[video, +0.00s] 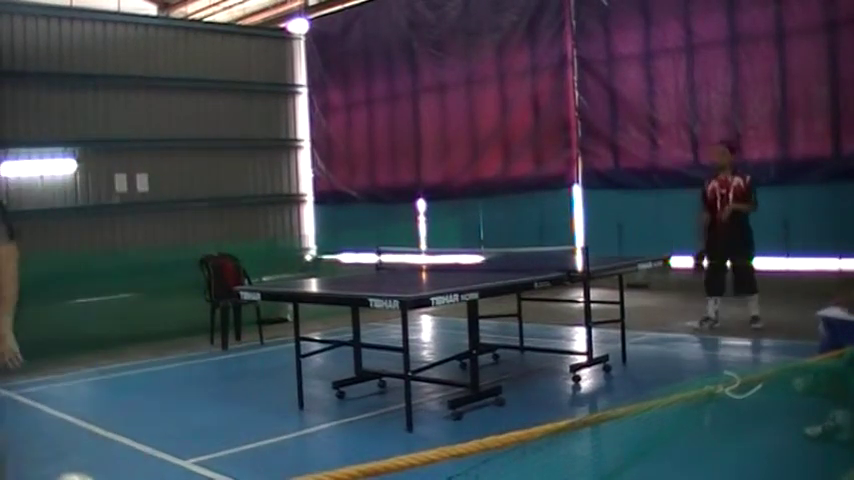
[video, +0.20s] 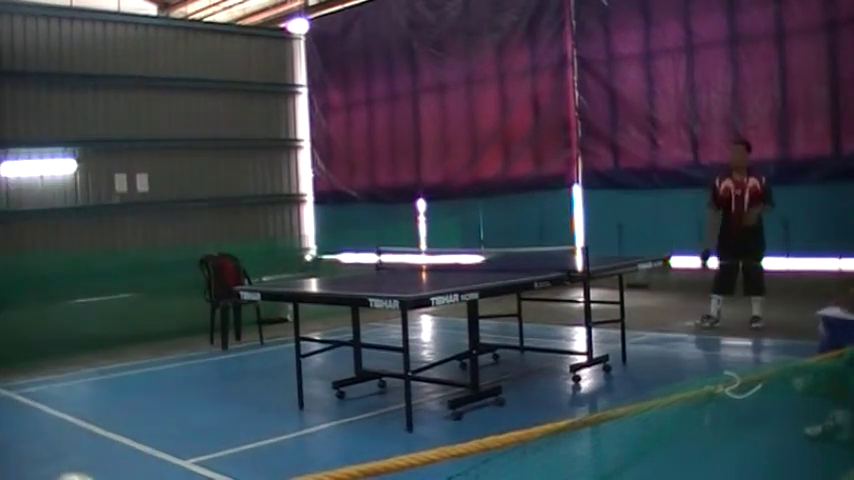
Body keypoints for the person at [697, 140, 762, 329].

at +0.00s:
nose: (718, 159)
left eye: (723, 155)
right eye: (717, 155)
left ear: (731, 157)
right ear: (714, 159)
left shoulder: (743, 181)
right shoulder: (710, 184)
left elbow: (751, 206)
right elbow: (707, 215)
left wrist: (733, 205)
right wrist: (703, 244)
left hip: (739, 235)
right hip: (716, 237)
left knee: (745, 272)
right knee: (713, 273)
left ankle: (754, 313)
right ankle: (712, 314)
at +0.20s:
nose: (737, 158)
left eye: (741, 153)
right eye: (735, 153)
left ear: (748, 156)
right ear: (730, 156)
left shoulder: (758, 181)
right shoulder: (721, 183)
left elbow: (766, 206)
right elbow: (714, 215)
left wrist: (754, 214)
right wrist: (708, 246)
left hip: (752, 237)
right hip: (728, 237)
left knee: (754, 274)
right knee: (723, 273)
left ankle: (756, 314)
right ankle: (713, 314)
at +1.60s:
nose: (686, 158)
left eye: (690, 154)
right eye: (684, 154)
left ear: (700, 156)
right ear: (683, 157)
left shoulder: (715, 180)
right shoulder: (682, 186)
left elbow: (727, 205)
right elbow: (679, 219)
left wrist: (709, 210)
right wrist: (673, 246)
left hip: (713, 233)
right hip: (693, 235)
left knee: (708, 272)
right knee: (698, 273)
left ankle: (709, 321)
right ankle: (709, 319)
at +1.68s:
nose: (684, 158)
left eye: (688, 154)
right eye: (683, 154)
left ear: (698, 157)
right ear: (681, 158)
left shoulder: (712, 181)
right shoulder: (679, 189)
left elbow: (724, 206)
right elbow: (675, 220)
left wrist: (706, 212)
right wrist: (668, 248)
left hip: (709, 234)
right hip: (690, 236)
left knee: (702, 272)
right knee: (696, 273)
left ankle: (699, 320)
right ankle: (709, 318)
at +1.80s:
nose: (682, 159)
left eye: (686, 155)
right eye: (681, 155)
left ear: (697, 157)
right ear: (680, 158)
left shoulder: (710, 183)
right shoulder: (676, 187)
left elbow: (720, 210)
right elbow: (671, 217)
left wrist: (700, 215)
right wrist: (665, 246)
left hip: (702, 238)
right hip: (684, 238)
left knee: (692, 278)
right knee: (696, 277)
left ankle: (691, 326)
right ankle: (708, 318)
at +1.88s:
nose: (681, 158)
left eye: (686, 154)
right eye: (680, 154)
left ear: (695, 158)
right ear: (678, 158)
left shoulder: (707, 183)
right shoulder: (673, 186)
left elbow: (717, 210)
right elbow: (668, 216)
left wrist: (696, 215)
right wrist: (662, 242)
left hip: (698, 239)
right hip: (679, 239)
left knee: (691, 279)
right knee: (686, 278)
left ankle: (690, 328)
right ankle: (704, 316)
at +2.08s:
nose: (674, 155)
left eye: (679, 151)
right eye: (674, 151)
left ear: (689, 155)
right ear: (673, 154)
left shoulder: (699, 182)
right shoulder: (668, 184)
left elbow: (708, 210)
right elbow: (661, 214)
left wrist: (684, 210)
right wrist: (657, 241)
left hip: (692, 242)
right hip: (672, 242)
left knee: (689, 285)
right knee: (679, 285)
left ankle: (690, 330)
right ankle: (685, 328)